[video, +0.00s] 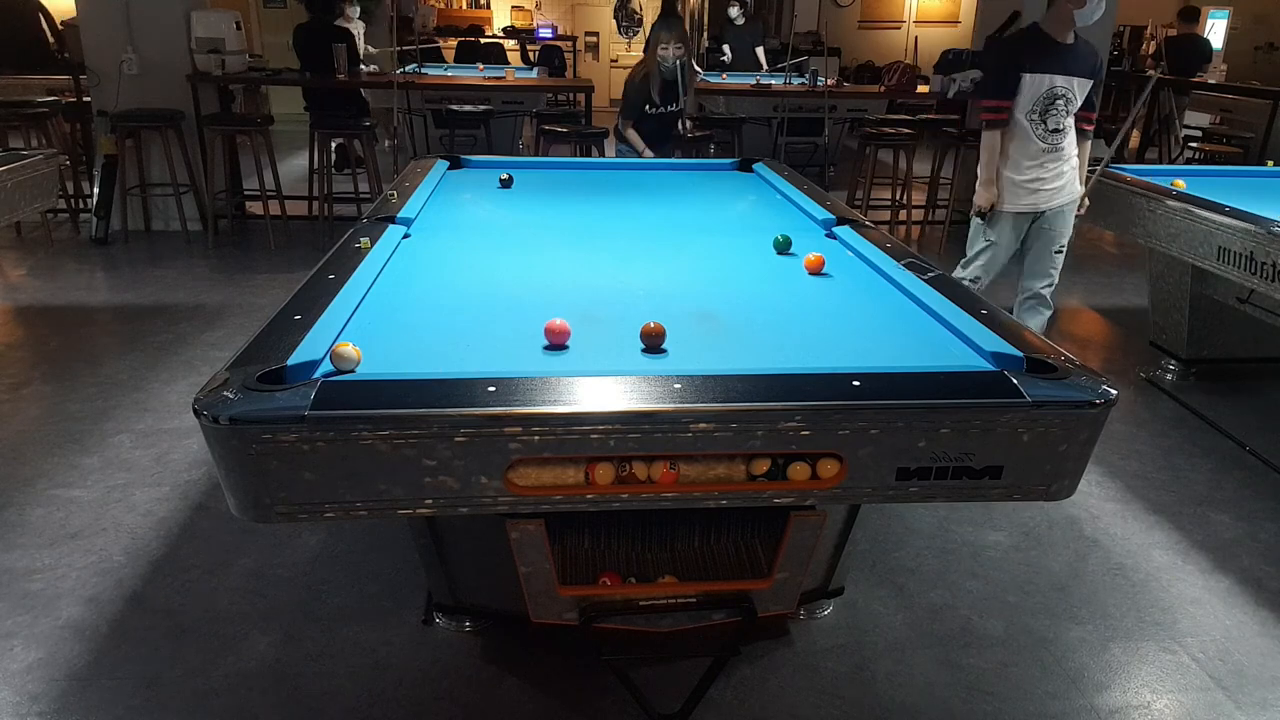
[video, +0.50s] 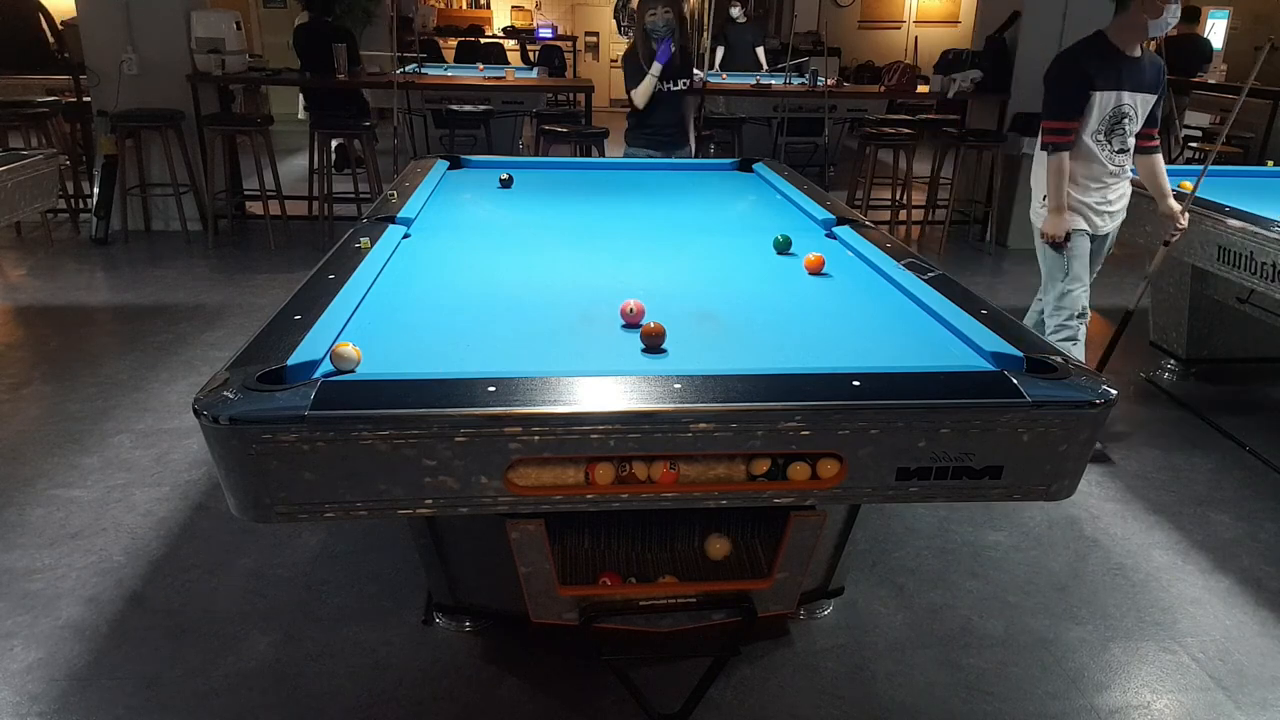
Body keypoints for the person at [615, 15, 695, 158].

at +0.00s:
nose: (671, 55)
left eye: (678, 48)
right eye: (664, 48)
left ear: (686, 48)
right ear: (653, 49)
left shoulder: (684, 71)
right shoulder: (640, 78)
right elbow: (625, 126)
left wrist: (683, 119)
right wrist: (646, 153)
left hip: (664, 143)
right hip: (632, 146)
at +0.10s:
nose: (668, 42)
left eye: (675, 34)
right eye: (661, 35)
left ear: (682, 36)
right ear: (650, 37)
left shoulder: (682, 66)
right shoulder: (635, 71)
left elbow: (679, 104)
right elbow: (621, 118)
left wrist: (684, 128)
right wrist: (656, 140)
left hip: (671, 142)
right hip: (635, 146)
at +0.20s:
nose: (665, 30)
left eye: (671, 22)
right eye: (657, 23)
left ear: (680, 25)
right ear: (647, 27)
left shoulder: (682, 61)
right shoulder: (633, 66)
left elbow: (683, 97)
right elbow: (619, 112)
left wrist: (685, 121)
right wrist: (656, 121)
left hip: (671, 145)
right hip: (637, 148)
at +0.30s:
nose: (663, 24)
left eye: (669, 15)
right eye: (654, 17)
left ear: (678, 20)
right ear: (644, 23)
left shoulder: (682, 57)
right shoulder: (632, 59)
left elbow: (686, 95)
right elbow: (621, 110)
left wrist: (687, 131)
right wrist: (656, 99)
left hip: (674, 146)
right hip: (638, 148)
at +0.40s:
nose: (661, 22)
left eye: (667, 14)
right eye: (652, 15)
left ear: (676, 18)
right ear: (642, 21)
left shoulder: (682, 55)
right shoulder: (632, 56)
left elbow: (687, 100)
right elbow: (630, 107)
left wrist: (690, 142)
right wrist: (656, 76)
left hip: (676, 148)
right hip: (639, 149)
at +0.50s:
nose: (661, 19)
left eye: (666, 12)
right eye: (652, 14)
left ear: (676, 16)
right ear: (642, 20)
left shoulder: (683, 53)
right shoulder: (633, 55)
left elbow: (687, 100)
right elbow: (639, 101)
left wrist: (691, 141)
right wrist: (659, 62)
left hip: (678, 147)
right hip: (642, 148)